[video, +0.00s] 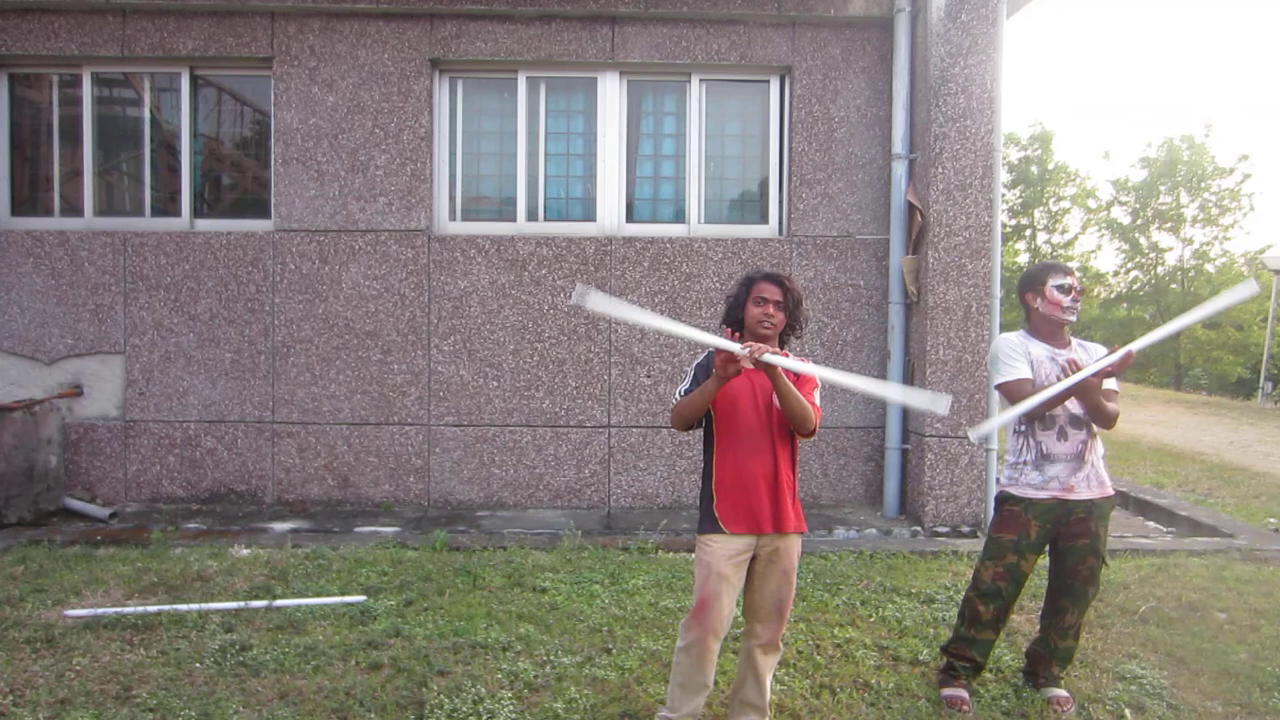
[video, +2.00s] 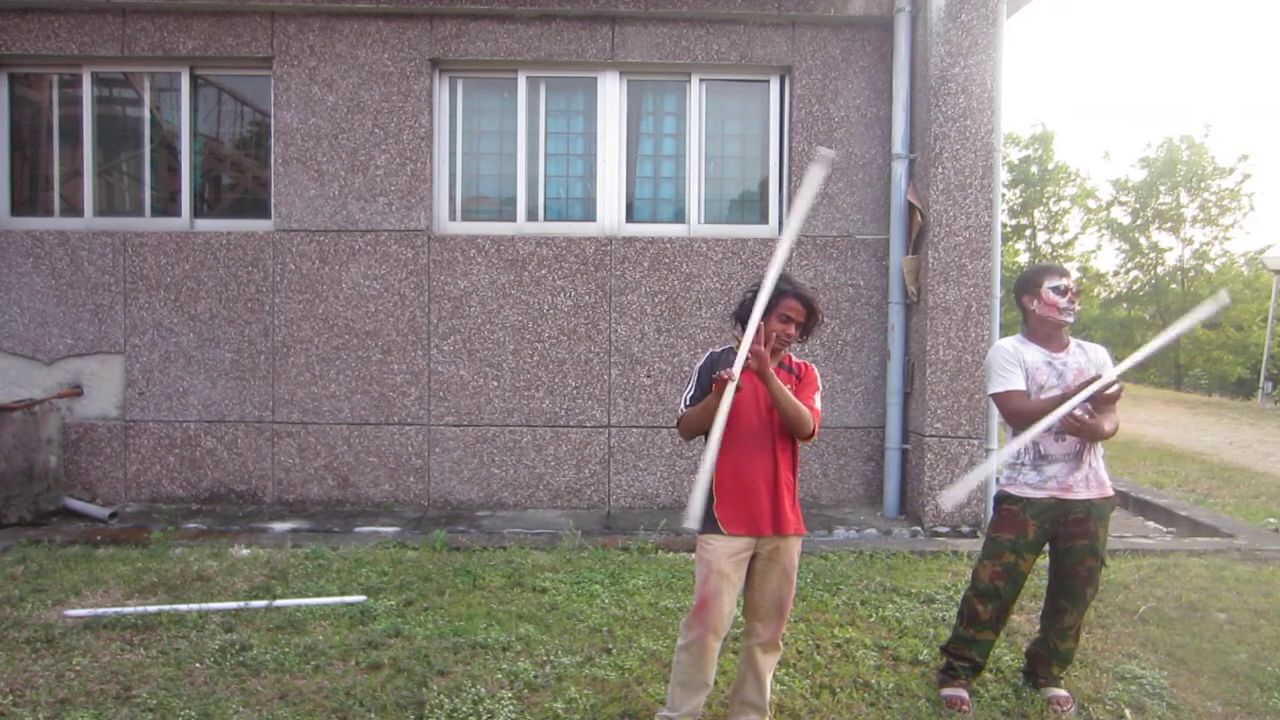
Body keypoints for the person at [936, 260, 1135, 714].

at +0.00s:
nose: (1074, 298)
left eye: (1078, 292)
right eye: (1063, 289)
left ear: (1079, 303)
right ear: (1032, 298)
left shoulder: (1095, 353)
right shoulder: (1008, 346)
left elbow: (1109, 418)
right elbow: (1030, 407)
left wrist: (1083, 386)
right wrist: (1099, 372)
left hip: (1088, 494)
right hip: (1027, 492)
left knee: (1076, 592)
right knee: (994, 584)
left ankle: (1045, 671)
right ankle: (957, 674)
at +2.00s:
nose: (1071, 298)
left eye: (1074, 292)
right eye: (1059, 290)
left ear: (1076, 303)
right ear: (1028, 301)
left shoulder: (1095, 355)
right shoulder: (1006, 352)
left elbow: (1110, 417)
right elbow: (1016, 415)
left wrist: (1098, 430)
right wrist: (1075, 395)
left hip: (1087, 496)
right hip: (1025, 494)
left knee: (1075, 593)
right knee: (992, 584)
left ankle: (1044, 671)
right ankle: (957, 674)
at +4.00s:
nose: (1071, 298)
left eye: (1073, 292)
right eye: (1058, 291)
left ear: (1076, 304)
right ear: (1028, 302)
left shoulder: (1096, 355)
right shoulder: (1005, 355)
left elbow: (1109, 422)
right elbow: (1015, 420)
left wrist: (1091, 403)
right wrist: (1062, 390)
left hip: (1087, 497)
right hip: (1027, 496)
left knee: (1077, 592)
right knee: (994, 585)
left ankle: (1045, 670)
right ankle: (957, 674)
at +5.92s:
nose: (1073, 298)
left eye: (1077, 292)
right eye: (1062, 289)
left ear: (1080, 306)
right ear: (1031, 300)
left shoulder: (1095, 355)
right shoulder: (1008, 355)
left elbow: (1113, 423)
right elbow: (1020, 421)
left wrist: (1113, 384)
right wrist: (1067, 389)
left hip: (1093, 500)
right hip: (1032, 498)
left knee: (1077, 599)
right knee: (996, 588)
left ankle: (1046, 673)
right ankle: (957, 675)